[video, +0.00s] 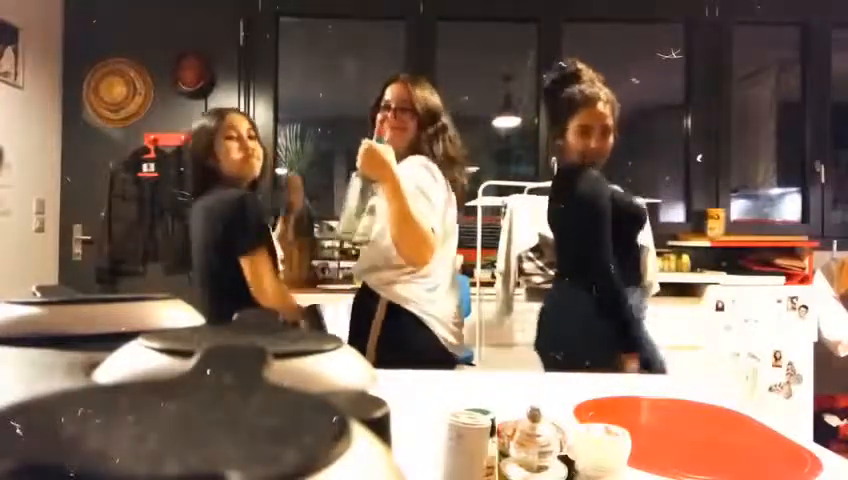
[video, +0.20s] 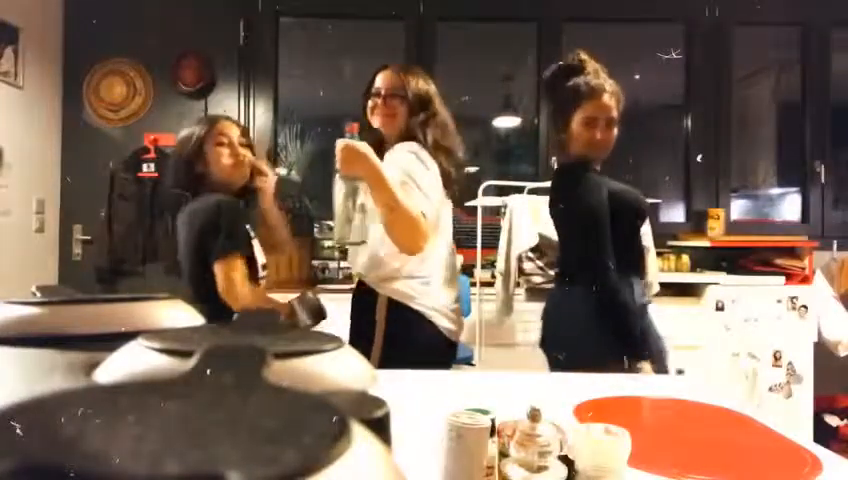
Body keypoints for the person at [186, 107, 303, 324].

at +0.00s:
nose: (248, 146)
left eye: (252, 137)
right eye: (232, 138)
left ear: (260, 145)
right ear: (209, 154)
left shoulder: (201, 206)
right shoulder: (242, 204)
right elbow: (266, 291)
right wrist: (298, 314)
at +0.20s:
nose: (238, 152)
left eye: (243, 144)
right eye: (222, 144)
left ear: (251, 155)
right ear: (198, 162)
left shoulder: (192, 210)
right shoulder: (224, 208)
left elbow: (279, 246)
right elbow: (236, 293)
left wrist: (266, 199)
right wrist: (286, 309)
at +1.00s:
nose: (213, 150)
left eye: (218, 144)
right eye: (197, 143)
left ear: (225, 158)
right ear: (173, 163)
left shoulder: (205, 213)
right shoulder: (177, 208)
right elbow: (148, 282)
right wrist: (231, 296)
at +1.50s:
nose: (219, 138)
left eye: (225, 129)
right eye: (204, 130)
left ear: (234, 141)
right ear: (180, 146)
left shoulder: (214, 198)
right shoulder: (188, 195)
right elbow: (175, 274)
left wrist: (253, 279)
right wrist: (249, 286)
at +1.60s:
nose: (217, 134)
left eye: (223, 126)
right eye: (202, 126)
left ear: (232, 137)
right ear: (178, 142)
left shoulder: (212, 191)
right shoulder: (186, 190)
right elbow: (172, 270)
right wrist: (247, 282)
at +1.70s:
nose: (216, 144)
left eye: (222, 136)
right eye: (201, 137)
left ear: (231, 147)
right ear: (177, 151)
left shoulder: (212, 206)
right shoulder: (187, 202)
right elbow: (174, 280)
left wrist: (246, 277)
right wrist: (248, 289)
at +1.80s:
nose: (215, 140)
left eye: (221, 131)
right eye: (200, 132)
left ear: (230, 142)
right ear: (177, 148)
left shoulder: (212, 200)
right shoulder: (186, 197)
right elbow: (172, 277)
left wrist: (246, 276)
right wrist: (246, 287)